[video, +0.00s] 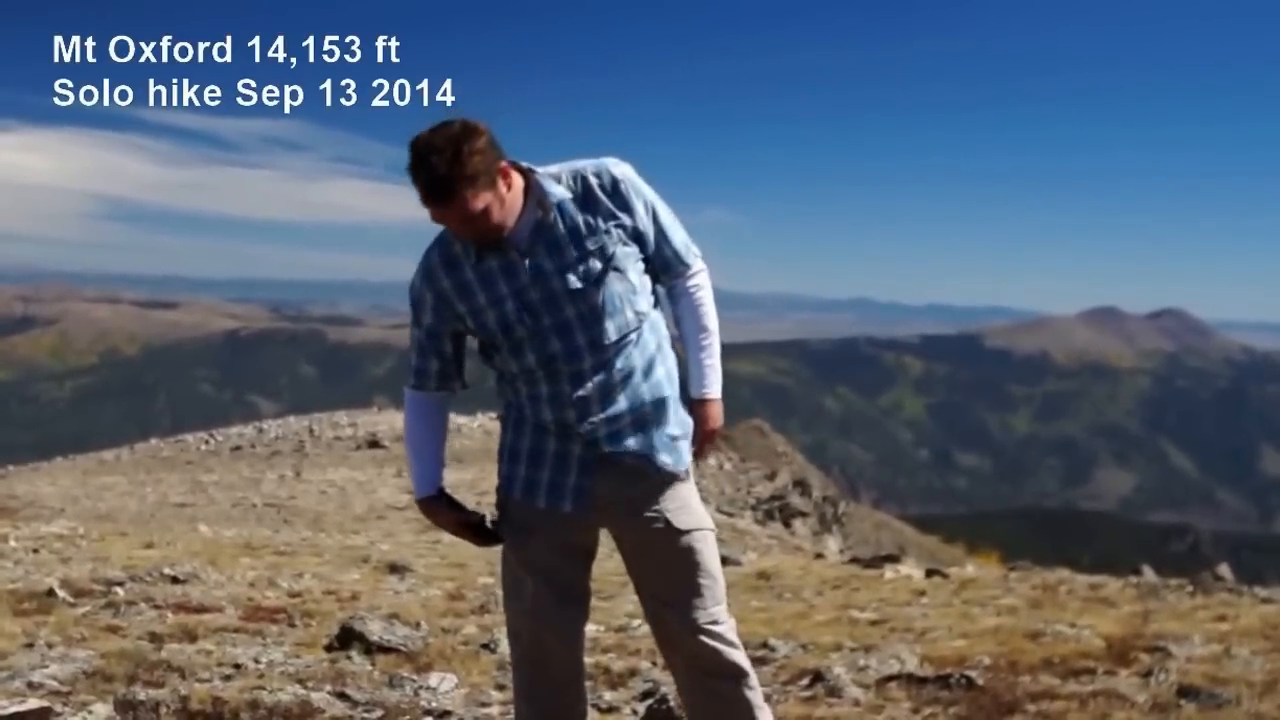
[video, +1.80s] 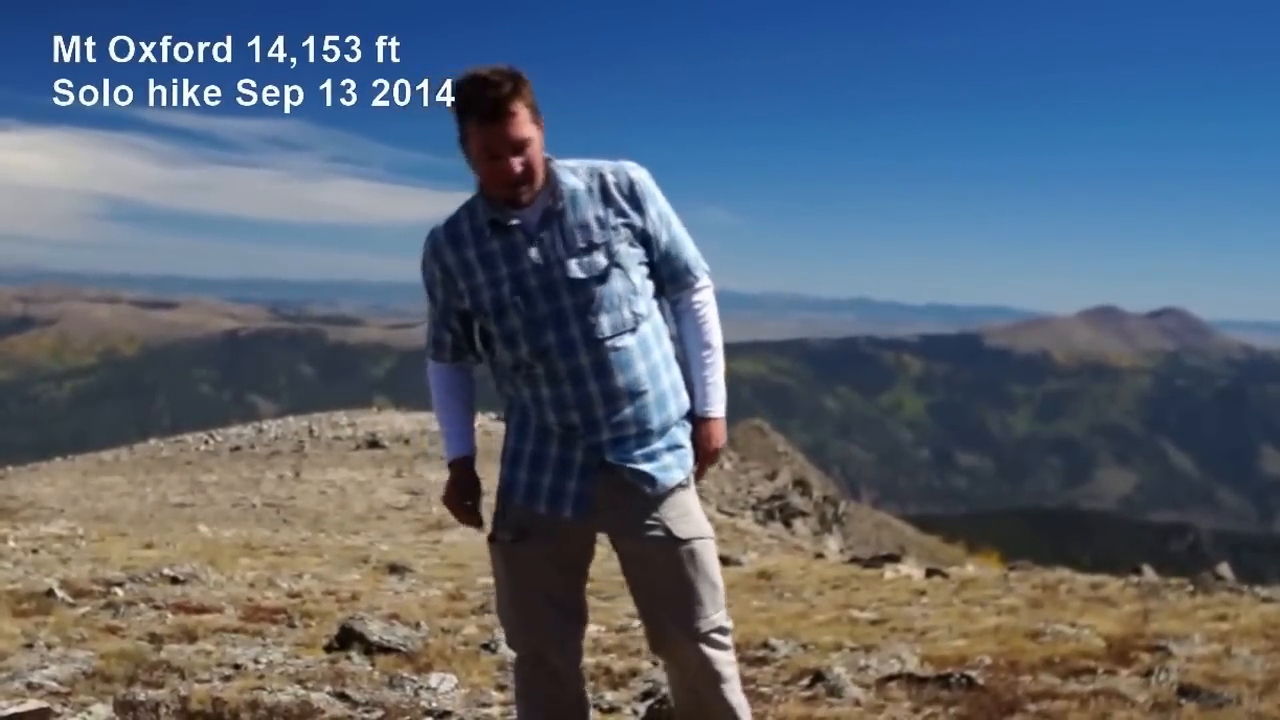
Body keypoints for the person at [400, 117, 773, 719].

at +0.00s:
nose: (467, 235)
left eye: (476, 219)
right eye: (451, 226)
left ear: (506, 178)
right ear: (433, 208)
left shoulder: (607, 189)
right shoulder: (443, 273)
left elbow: (687, 276)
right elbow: (426, 388)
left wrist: (706, 394)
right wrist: (428, 492)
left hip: (648, 444)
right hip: (539, 466)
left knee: (702, 642)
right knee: (543, 666)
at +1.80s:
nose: (511, 167)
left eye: (520, 148)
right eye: (493, 155)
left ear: (542, 132)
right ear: (466, 152)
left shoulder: (622, 189)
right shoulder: (450, 251)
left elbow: (691, 290)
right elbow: (447, 360)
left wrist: (709, 411)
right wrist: (460, 461)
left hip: (649, 448)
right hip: (539, 462)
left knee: (698, 641)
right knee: (541, 656)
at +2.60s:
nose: (760, 178)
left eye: (768, 163)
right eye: (747, 165)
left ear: (778, 149)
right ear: (705, 151)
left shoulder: (821, 217)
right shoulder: (646, 230)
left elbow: (863, 333)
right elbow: (611, 335)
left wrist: (890, 440)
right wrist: (570, 421)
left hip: (794, 474)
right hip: (683, 472)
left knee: (792, 667)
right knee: (634, 652)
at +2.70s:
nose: (759, 176)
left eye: (767, 162)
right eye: (745, 163)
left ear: (778, 147)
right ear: (704, 150)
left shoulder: (823, 219)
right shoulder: (648, 229)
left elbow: (865, 334)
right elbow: (616, 332)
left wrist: (895, 440)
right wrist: (569, 415)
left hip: (793, 473)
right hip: (682, 471)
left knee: (799, 663)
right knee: (635, 647)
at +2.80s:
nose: (756, 184)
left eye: (765, 169)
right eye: (743, 169)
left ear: (777, 156)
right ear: (703, 156)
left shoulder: (820, 237)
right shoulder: (644, 243)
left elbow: (860, 353)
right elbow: (598, 355)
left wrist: (893, 456)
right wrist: (549, 450)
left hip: (786, 493)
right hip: (673, 490)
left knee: (794, 676)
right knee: (631, 662)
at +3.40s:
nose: (643, 160)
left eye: (650, 147)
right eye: (632, 145)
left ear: (655, 137)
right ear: (583, 130)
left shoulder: (673, 217)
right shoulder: (500, 218)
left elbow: (688, 337)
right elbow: (447, 323)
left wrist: (694, 444)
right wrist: (443, 376)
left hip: (649, 474)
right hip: (538, 477)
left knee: (680, 655)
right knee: (532, 665)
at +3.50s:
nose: (631, 172)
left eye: (638, 159)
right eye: (621, 158)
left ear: (644, 146)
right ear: (571, 141)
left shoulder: (664, 221)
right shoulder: (489, 230)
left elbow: (686, 342)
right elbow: (441, 337)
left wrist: (695, 449)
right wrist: (424, 433)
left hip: (640, 477)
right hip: (529, 482)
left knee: (672, 662)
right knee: (528, 667)